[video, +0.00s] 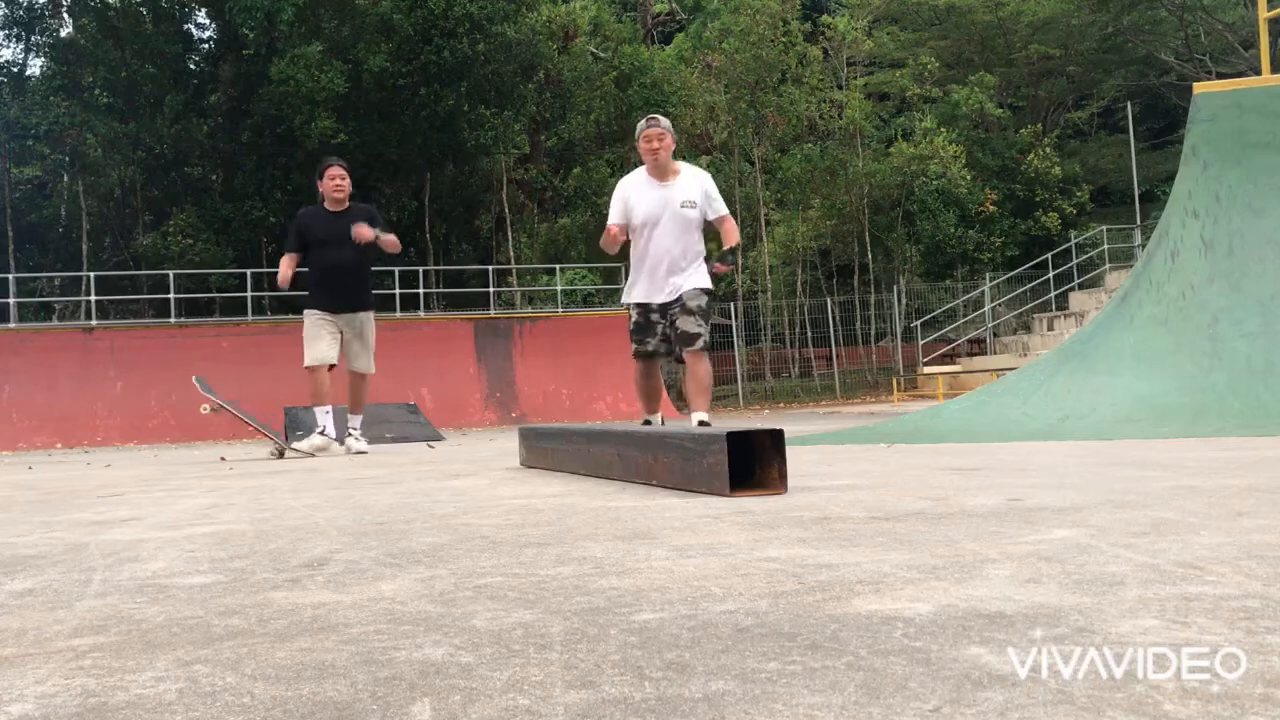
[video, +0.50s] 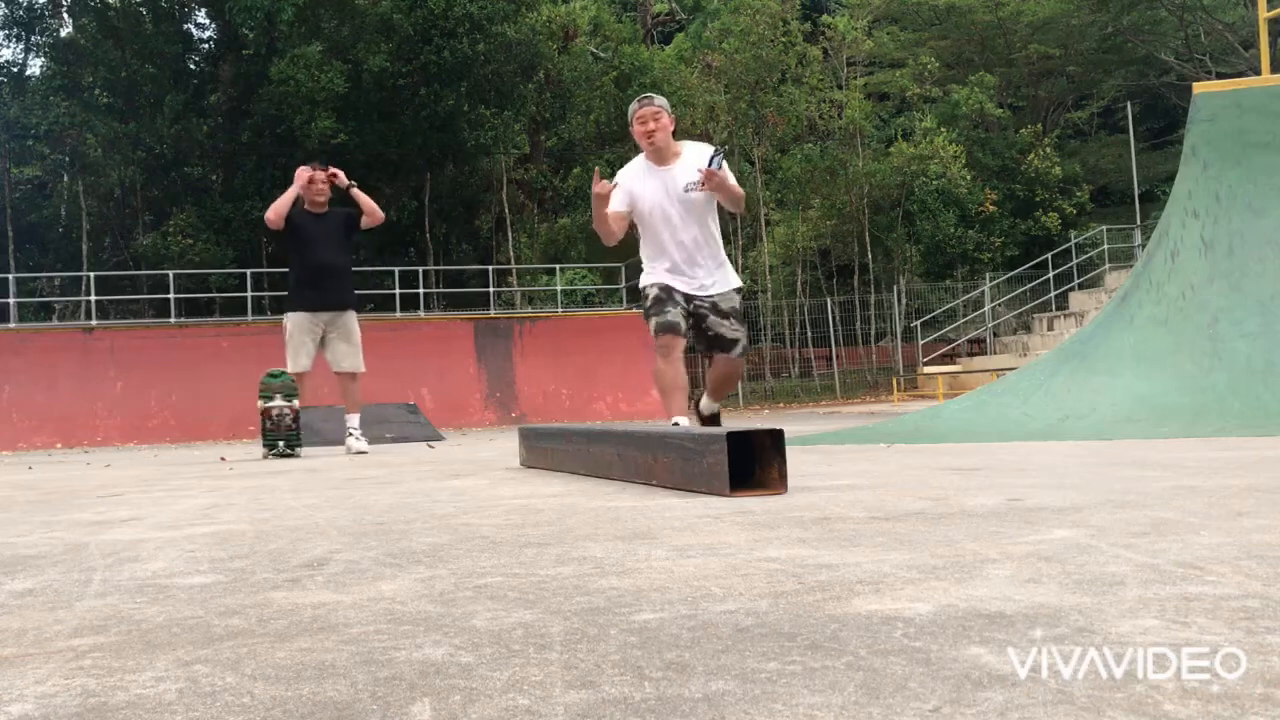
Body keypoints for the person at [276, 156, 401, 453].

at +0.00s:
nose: (339, 182)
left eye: (343, 177)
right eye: (332, 178)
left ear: (350, 184)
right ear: (320, 186)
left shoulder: (365, 214)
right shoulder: (306, 218)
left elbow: (395, 247)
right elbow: (291, 254)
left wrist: (375, 235)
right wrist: (285, 272)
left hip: (359, 310)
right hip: (319, 309)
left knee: (360, 370)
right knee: (317, 364)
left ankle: (354, 433)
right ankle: (325, 433)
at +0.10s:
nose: (339, 183)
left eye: (343, 179)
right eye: (332, 179)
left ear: (350, 185)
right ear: (320, 186)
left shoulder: (363, 214)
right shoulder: (308, 216)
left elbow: (396, 235)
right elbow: (285, 259)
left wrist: (370, 207)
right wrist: (294, 243)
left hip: (357, 308)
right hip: (319, 308)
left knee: (359, 370)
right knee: (315, 366)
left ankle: (354, 433)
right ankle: (319, 432)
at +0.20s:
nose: (335, 185)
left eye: (341, 180)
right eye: (329, 180)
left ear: (348, 187)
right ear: (318, 186)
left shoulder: (361, 213)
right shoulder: (307, 216)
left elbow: (391, 222)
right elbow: (283, 245)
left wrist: (363, 190)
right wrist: (303, 209)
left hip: (355, 306)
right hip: (316, 306)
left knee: (357, 370)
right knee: (312, 366)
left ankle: (354, 434)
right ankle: (311, 432)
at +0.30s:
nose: (332, 185)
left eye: (337, 180)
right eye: (326, 180)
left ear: (344, 186)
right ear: (315, 186)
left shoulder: (357, 213)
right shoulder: (304, 214)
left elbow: (386, 215)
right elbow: (282, 230)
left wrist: (356, 182)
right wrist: (307, 191)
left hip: (352, 306)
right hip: (313, 306)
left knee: (356, 370)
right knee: (307, 367)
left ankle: (354, 434)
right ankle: (303, 432)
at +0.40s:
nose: (325, 185)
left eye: (329, 181)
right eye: (319, 181)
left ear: (338, 187)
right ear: (308, 187)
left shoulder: (351, 214)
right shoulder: (299, 214)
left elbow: (381, 215)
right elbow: (279, 221)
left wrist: (352, 182)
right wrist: (303, 187)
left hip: (347, 306)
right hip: (308, 307)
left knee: (354, 370)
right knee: (301, 369)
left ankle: (354, 434)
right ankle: (294, 433)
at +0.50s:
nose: (319, 186)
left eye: (323, 182)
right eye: (313, 182)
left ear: (331, 189)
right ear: (303, 189)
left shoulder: (343, 217)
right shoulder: (293, 217)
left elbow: (377, 217)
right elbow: (271, 219)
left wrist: (348, 185)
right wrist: (295, 187)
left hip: (342, 309)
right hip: (302, 310)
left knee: (350, 372)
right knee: (296, 374)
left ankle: (354, 432)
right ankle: (290, 435)